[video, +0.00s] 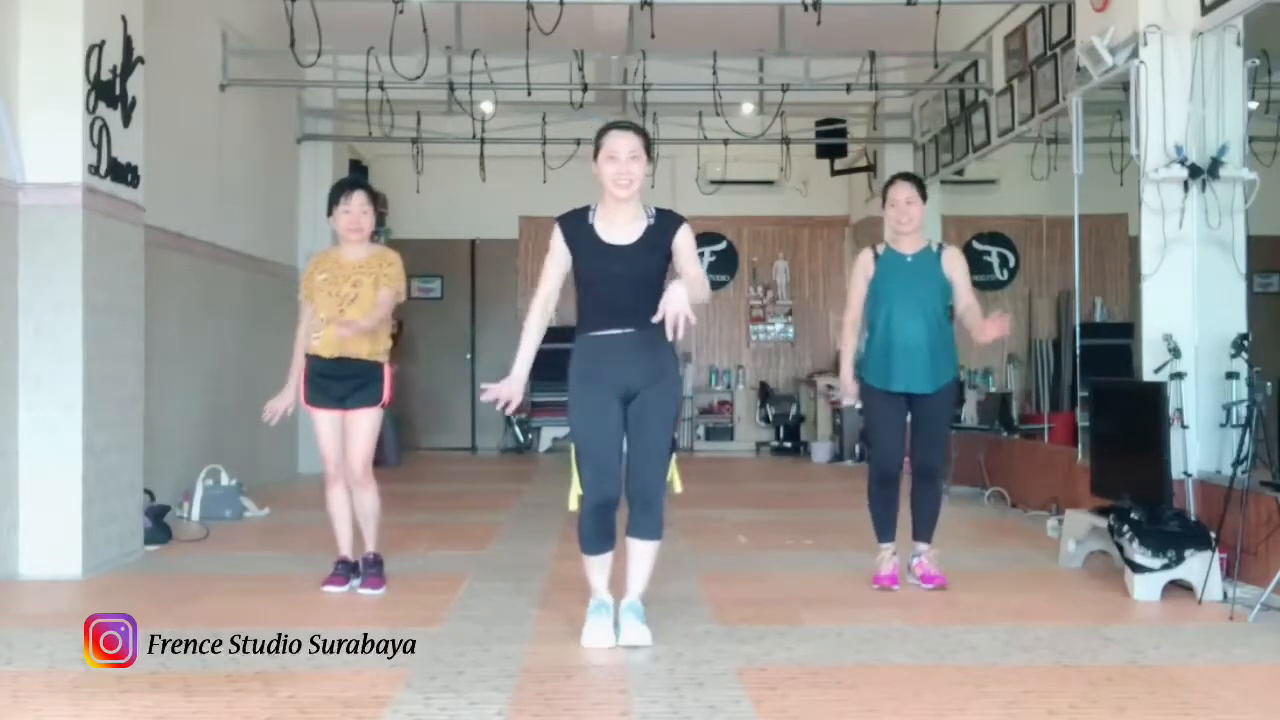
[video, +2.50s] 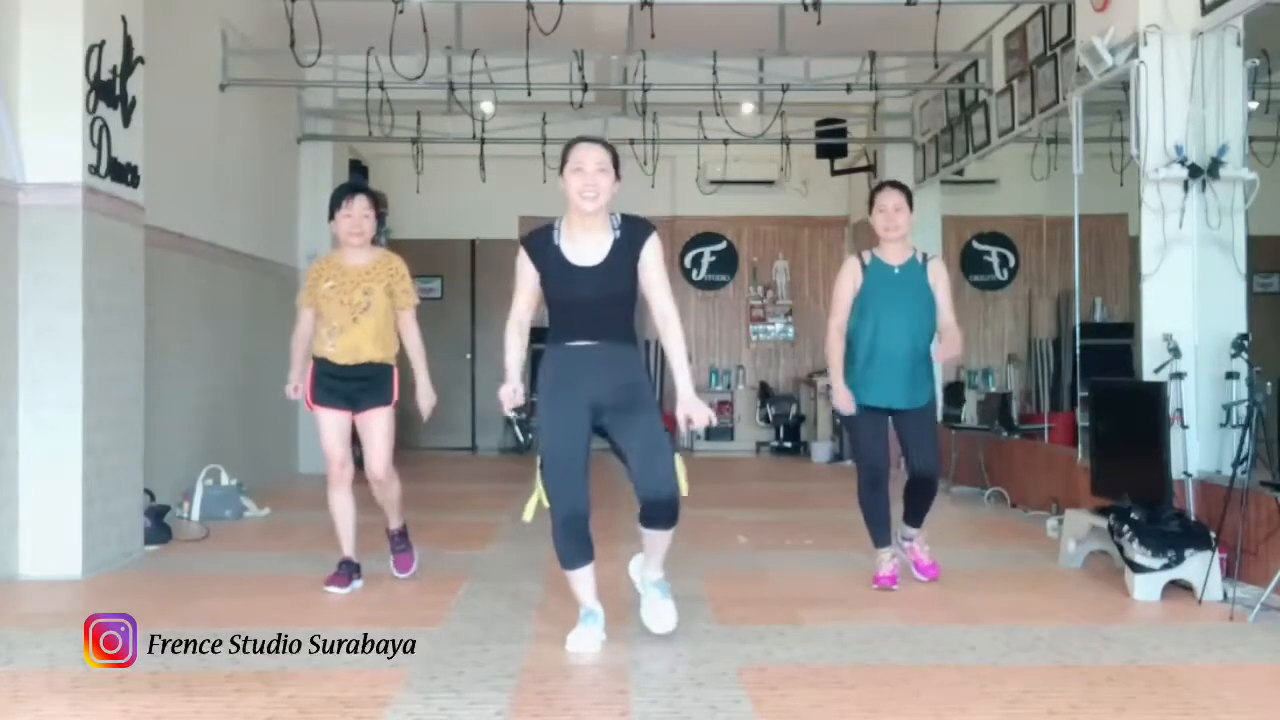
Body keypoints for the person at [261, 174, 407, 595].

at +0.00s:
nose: (355, 218)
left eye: (364, 211)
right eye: (346, 210)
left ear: (376, 219)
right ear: (332, 217)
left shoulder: (387, 262)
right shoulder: (318, 266)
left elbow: (382, 316)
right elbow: (304, 330)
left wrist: (351, 326)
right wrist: (291, 387)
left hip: (367, 371)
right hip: (321, 370)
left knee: (358, 470)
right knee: (333, 471)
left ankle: (371, 558)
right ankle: (345, 560)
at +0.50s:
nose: (356, 220)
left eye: (365, 212)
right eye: (347, 212)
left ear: (376, 218)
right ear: (331, 219)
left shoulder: (390, 262)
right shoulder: (320, 266)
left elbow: (395, 321)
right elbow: (306, 329)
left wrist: (383, 367)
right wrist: (292, 386)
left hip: (370, 368)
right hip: (324, 367)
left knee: (360, 468)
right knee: (335, 468)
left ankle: (372, 558)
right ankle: (346, 560)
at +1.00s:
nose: (371, 219)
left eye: (378, 211)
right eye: (361, 211)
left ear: (388, 216)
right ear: (345, 218)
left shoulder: (405, 259)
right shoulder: (332, 265)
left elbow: (421, 318)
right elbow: (318, 317)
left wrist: (430, 371)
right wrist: (318, 347)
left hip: (390, 368)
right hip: (341, 367)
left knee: (382, 468)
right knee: (346, 468)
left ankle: (393, 561)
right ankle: (349, 560)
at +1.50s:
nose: (367, 229)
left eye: (374, 221)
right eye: (357, 221)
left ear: (384, 225)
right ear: (341, 226)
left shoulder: (399, 268)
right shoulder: (327, 270)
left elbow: (413, 326)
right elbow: (307, 327)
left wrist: (418, 383)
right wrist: (312, 368)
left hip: (382, 372)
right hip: (335, 373)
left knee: (379, 466)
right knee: (341, 469)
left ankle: (393, 554)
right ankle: (349, 559)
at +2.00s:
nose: (354, 219)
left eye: (363, 212)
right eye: (346, 212)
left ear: (375, 219)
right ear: (332, 219)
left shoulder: (393, 262)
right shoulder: (322, 267)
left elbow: (416, 319)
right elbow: (309, 325)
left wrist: (398, 348)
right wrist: (303, 377)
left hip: (383, 371)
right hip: (336, 372)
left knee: (395, 469)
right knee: (344, 468)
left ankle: (408, 537)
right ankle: (350, 559)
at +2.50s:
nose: (356, 223)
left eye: (365, 215)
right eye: (347, 215)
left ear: (376, 222)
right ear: (333, 221)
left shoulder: (391, 266)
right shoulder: (320, 270)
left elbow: (408, 326)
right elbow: (305, 324)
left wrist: (423, 382)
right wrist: (297, 370)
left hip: (376, 373)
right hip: (327, 373)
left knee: (378, 470)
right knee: (338, 470)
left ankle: (397, 532)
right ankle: (348, 560)